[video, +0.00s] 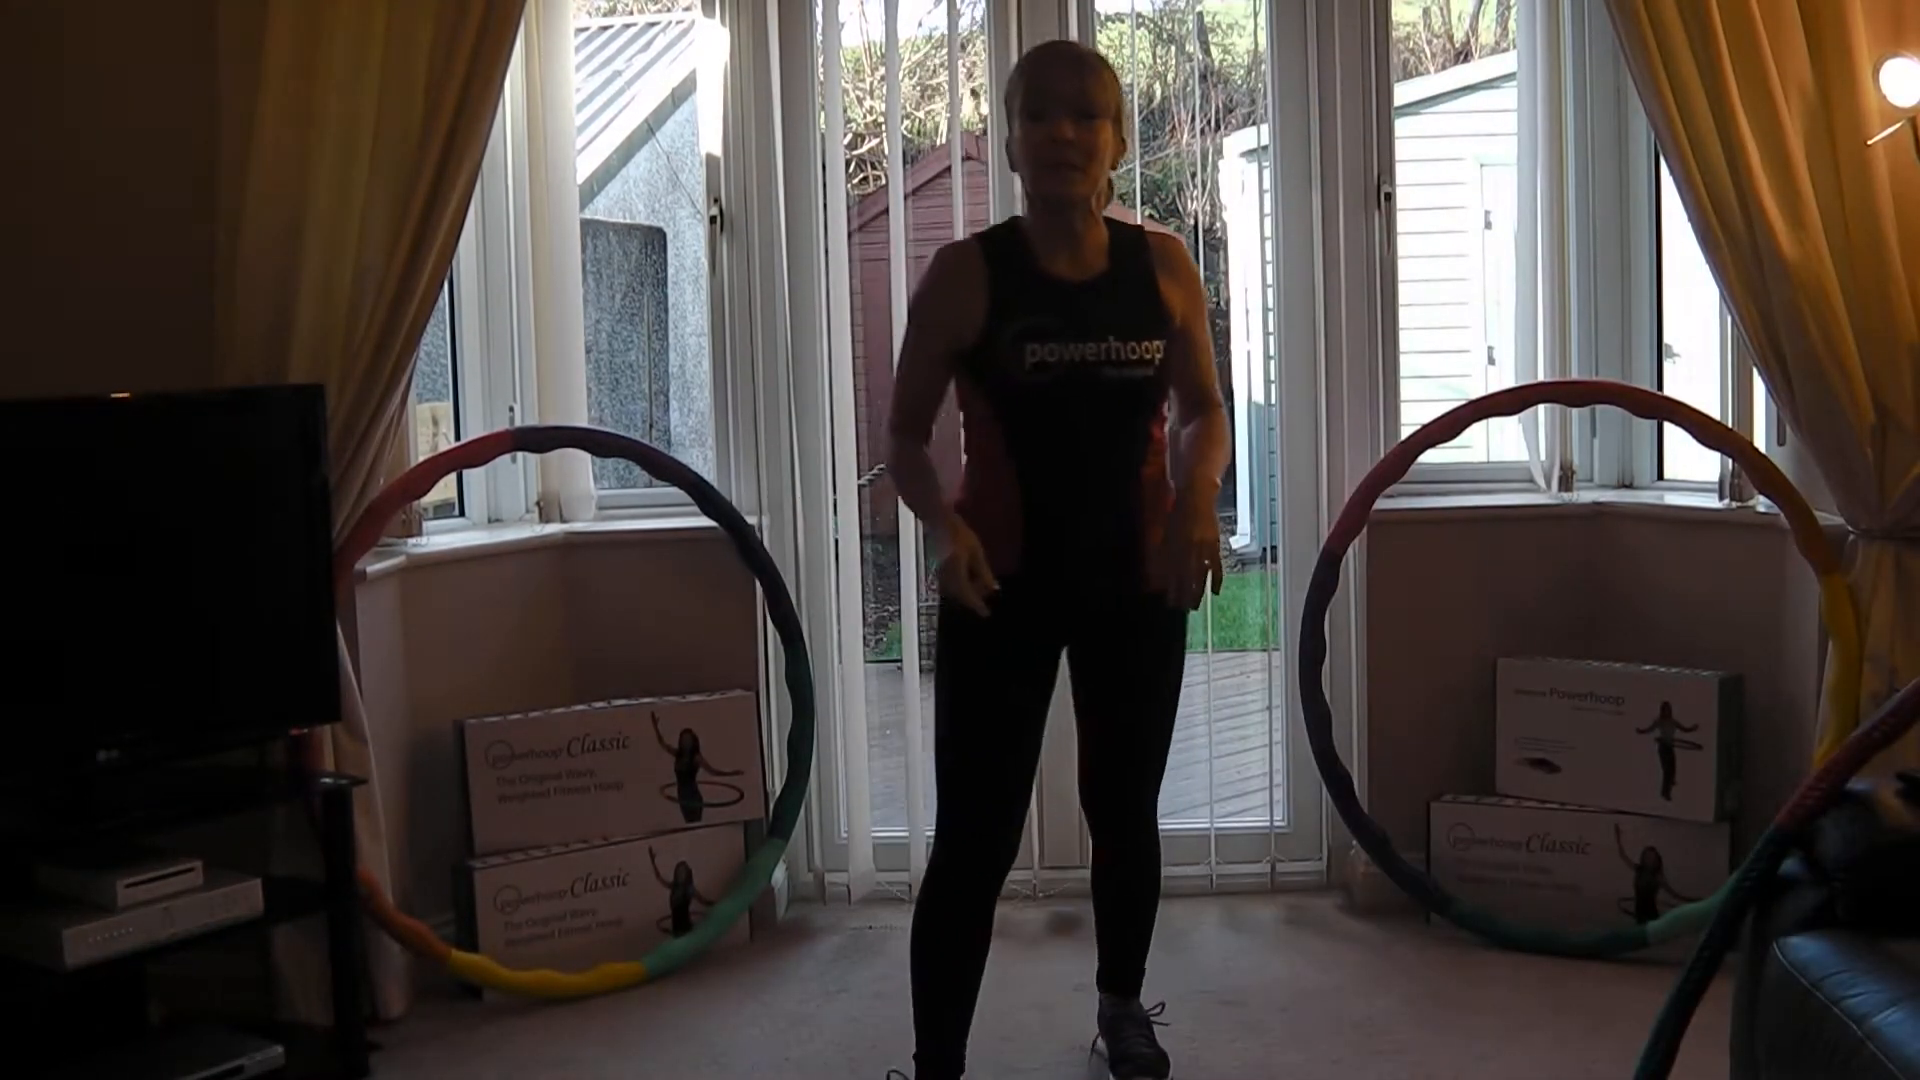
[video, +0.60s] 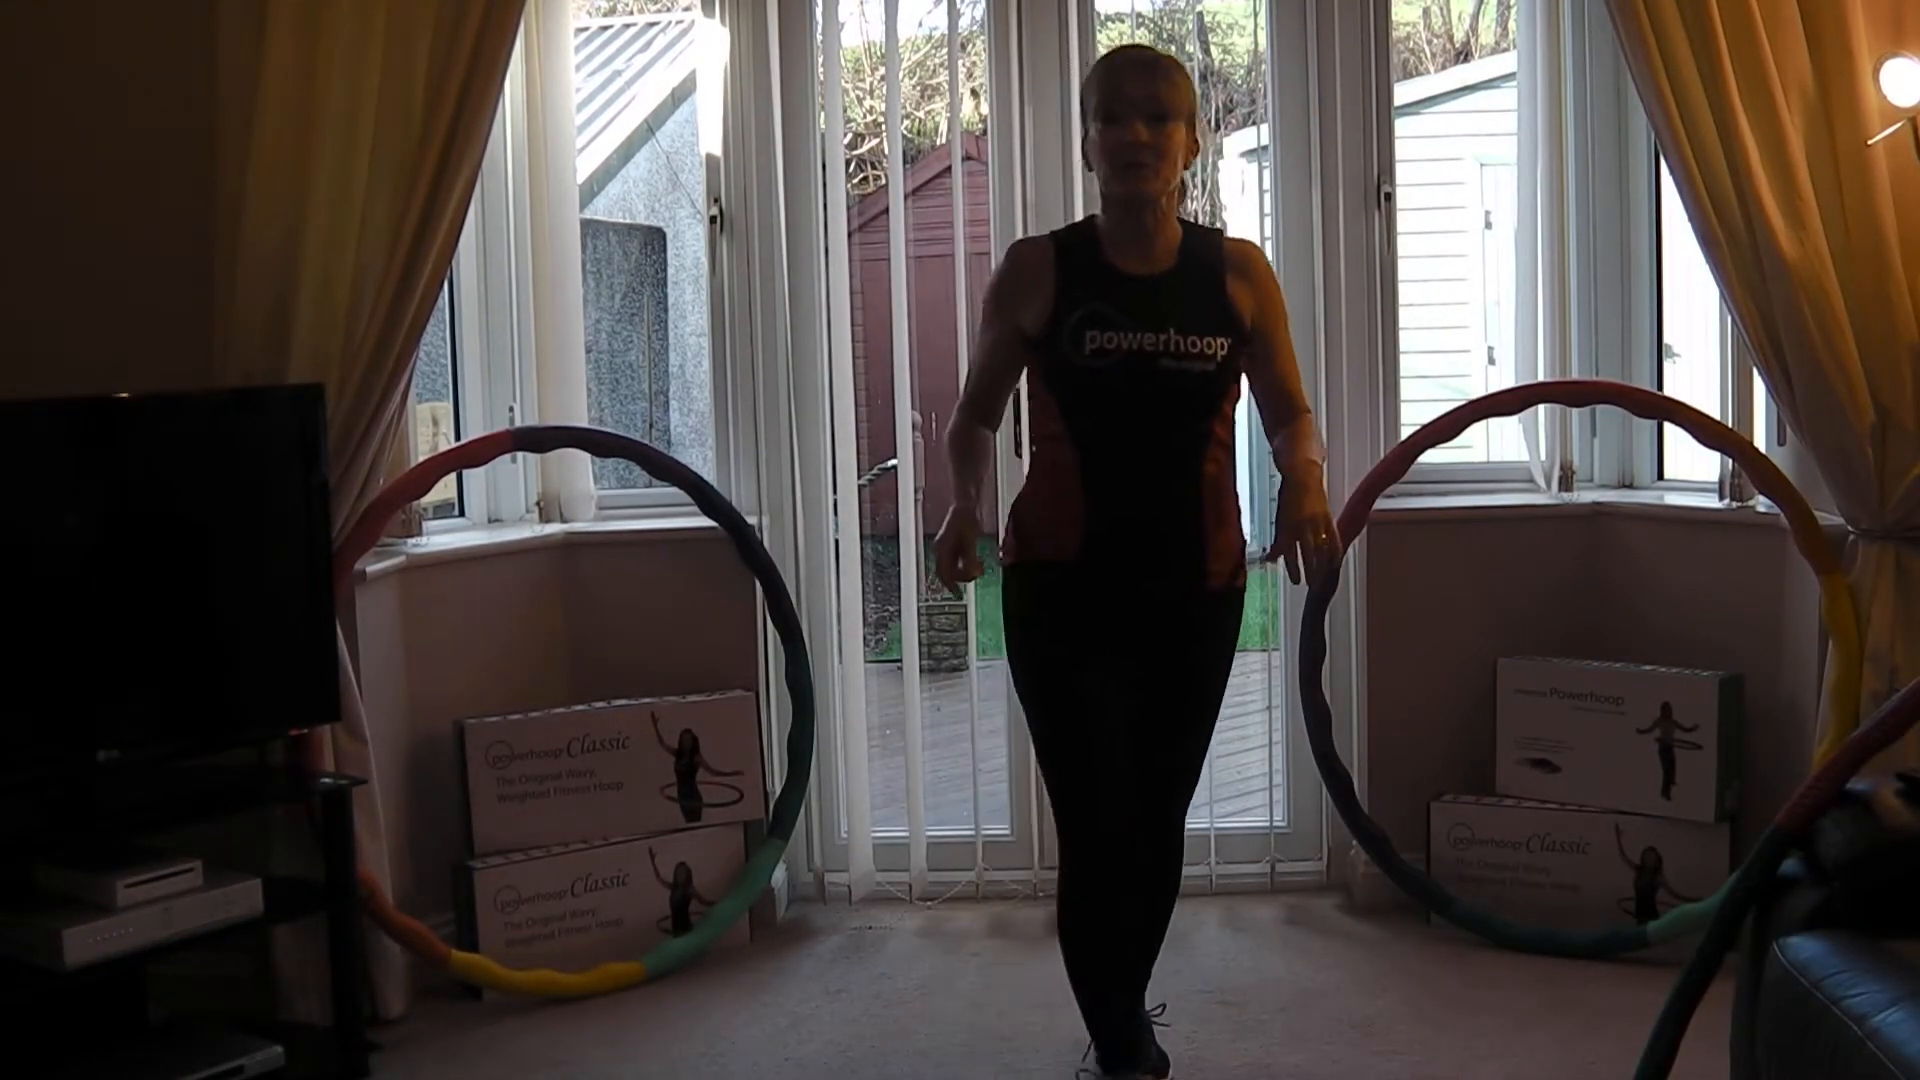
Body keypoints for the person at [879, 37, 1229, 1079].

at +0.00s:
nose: (1064, 137)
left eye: (1087, 115)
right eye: (1042, 116)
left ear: (1119, 135)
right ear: (1012, 134)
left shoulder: (1162, 262)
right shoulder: (964, 275)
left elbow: (1203, 408)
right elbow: (904, 434)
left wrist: (1196, 511)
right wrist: (944, 525)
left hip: (1135, 587)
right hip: (1001, 590)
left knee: (1127, 815)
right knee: (973, 839)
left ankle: (1124, 1010)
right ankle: (936, 1064)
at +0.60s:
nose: (1136, 137)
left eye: (1159, 118)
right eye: (1115, 118)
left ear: (1192, 137)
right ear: (1089, 135)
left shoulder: (1239, 271)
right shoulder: (1036, 269)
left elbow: (1287, 411)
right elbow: (976, 413)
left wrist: (1306, 485)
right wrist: (965, 506)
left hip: (1196, 583)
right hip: (1062, 581)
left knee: (1158, 815)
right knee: (1096, 815)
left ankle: (1123, 1009)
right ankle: (1117, 1041)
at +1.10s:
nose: (1200, 100)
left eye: (1219, 80)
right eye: (1170, 79)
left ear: (1245, 105)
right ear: (1124, 105)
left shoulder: (1284, 248)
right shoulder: (1075, 256)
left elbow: (1349, 403)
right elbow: (1006, 436)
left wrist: (1445, 464)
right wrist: (1070, 517)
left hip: (1266, 596)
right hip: (1122, 601)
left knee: (1338, 845)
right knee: (1135, 875)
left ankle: (1278, 1037)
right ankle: (1136, 1077)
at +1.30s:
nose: (1253, 91)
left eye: (1274, 69)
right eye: (1224, 70)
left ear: (1306, 93)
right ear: (1185, 95)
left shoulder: (1360, 252)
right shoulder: (1131, 250)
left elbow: (1469, 396)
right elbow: (1048, 426)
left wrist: (1597, 439)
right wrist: (1069, 526)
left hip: (1329, 600)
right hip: (1171, 604)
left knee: (1414, 892)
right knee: (1160, 889)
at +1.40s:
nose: (1304, 90)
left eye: (1328, 67)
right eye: (1275, 68)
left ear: (1361, 92)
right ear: (1236, 96)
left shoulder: (1422, 259)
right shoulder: (1183, 251)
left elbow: (1561, 397)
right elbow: (1108, 410)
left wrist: (1719, 442)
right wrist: (1067, 542)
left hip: (1373, 617)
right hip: (1211, 615)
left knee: (1446, 911)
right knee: (1180, 900)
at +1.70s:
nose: (1457, 66)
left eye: (1487, 39)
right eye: (1430, 42)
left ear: (1533, 73)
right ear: (1402, 72)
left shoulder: (1589, 261)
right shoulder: (1337, 214)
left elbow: (1731, 392)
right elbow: (1272, 377)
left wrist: (1892, 489)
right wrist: (1170, 522)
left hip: (1473, 607)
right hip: (1311, 583)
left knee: (1488, 906)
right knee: (1237, 867)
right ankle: (1186, 1073)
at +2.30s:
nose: (1429, 76)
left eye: (1458, 52)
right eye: (1404, 52)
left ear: (1503, 82)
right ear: (1377, 76)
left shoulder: (1553, 260)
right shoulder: (1311, 222)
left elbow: (1634, 448)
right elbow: (1236, 391)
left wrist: (1759, 533)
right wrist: (1137, 537)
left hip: (1450, 602)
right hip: (1285, 584)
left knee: (1480, 906)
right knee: (1184, 857)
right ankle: (1100, 1066)